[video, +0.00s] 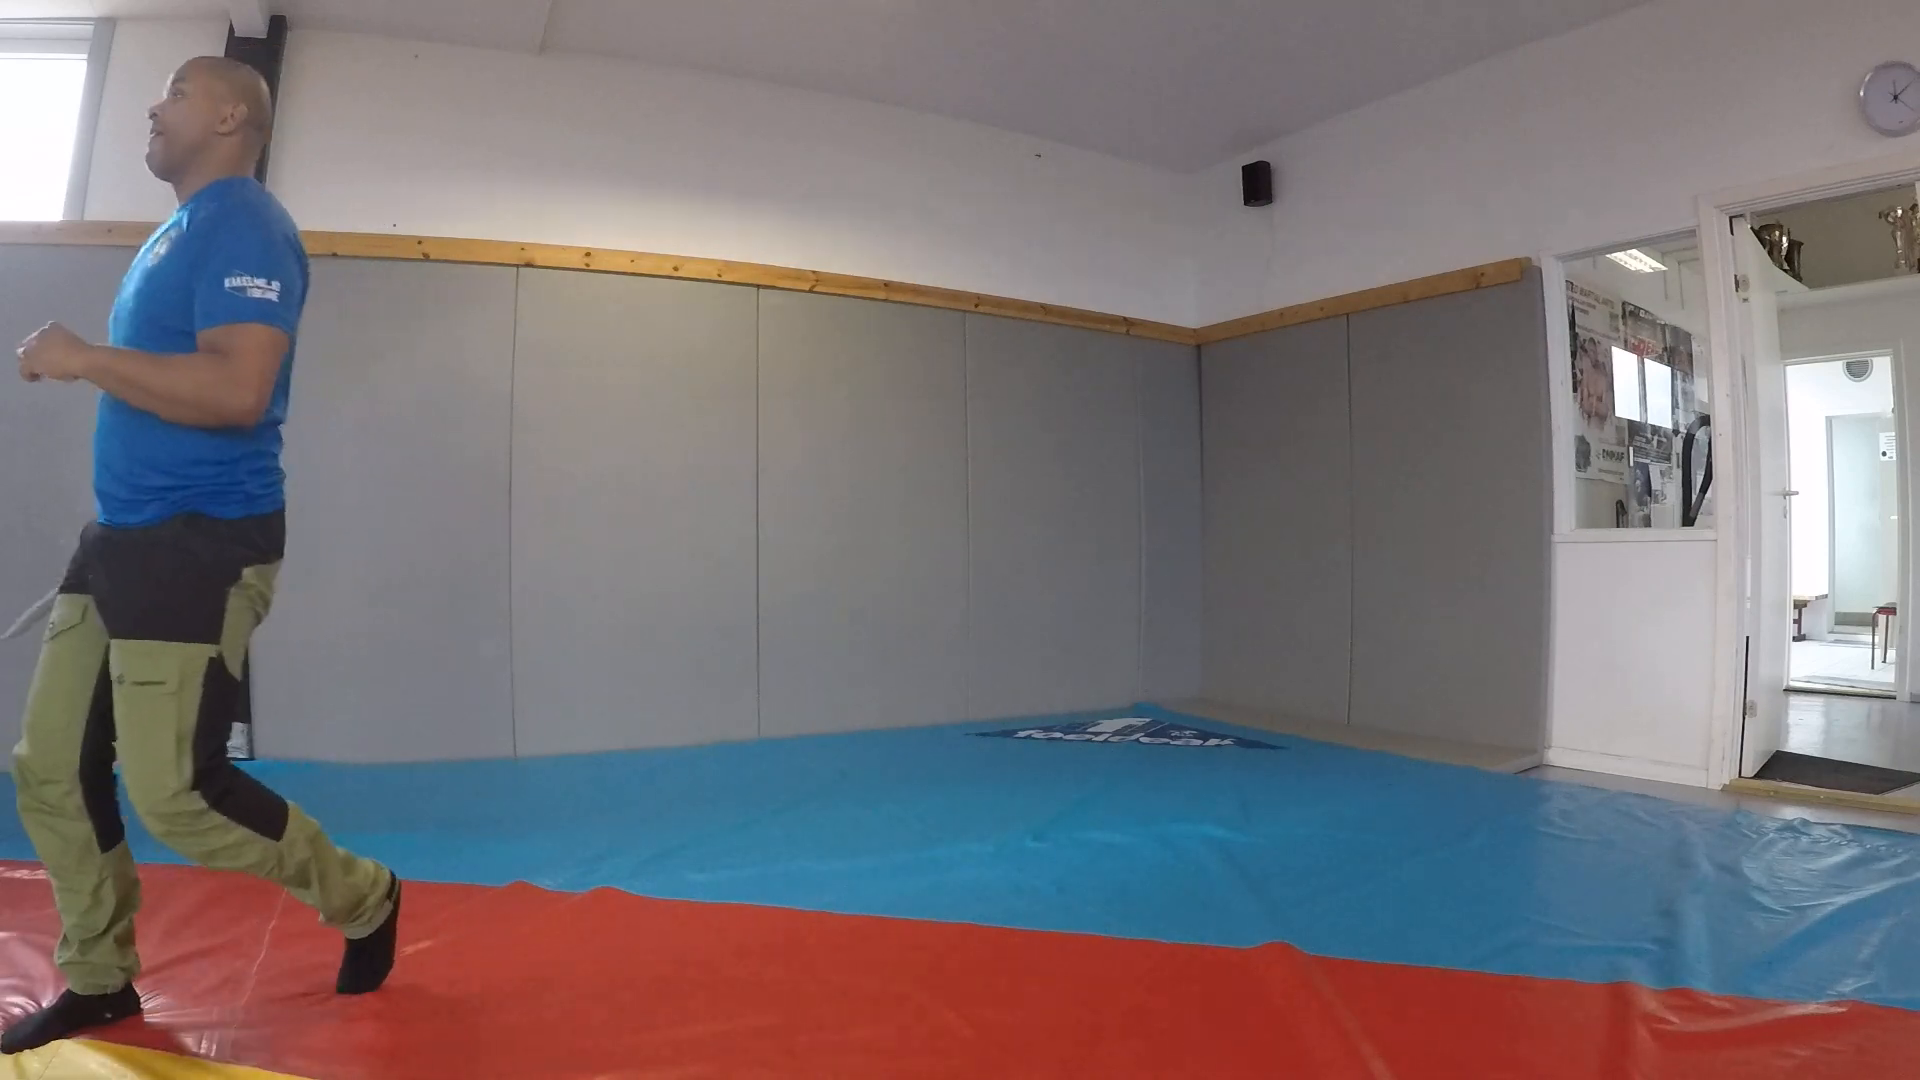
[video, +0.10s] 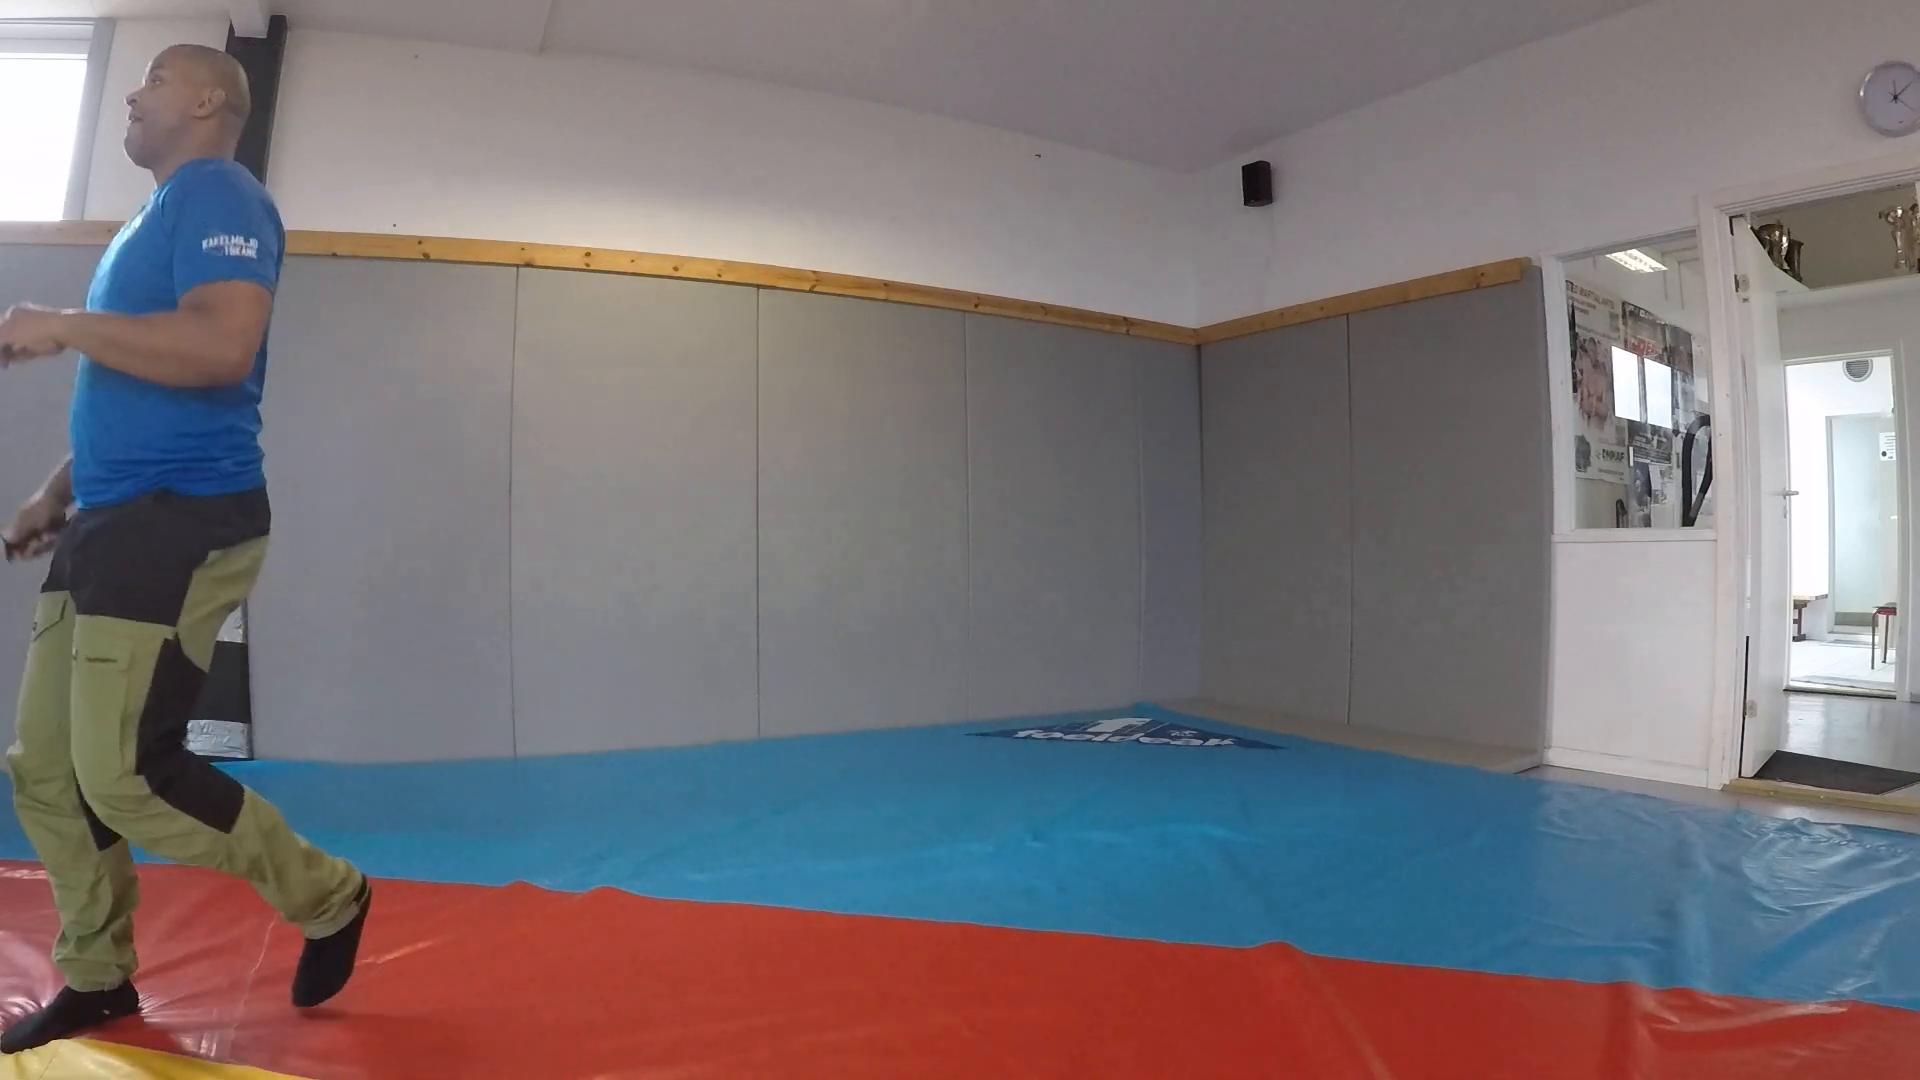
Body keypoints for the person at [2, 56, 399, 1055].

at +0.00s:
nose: (154, 110)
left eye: (175, 94)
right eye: (161, 94)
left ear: (230, 117)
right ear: (219, 118)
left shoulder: (249, 221)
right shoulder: (189, 229)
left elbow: (240, 390)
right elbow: (201, 383)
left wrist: (90, 359)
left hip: (205, 543)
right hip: (125, 537)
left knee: (179, 796)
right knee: (54, 771)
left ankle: (365, 897)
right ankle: (100, 981)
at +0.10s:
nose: (132, 96)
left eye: (155, 82)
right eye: (140, 82)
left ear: (209, 105)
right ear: (191, 107)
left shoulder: (220, 191)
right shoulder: (163, 215)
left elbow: (225, 346)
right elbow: (137, 388)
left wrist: (70, 328)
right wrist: (56, 496)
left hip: (181, 518)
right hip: (106, 522)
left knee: (122, 771)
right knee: (44, 766)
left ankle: (329, 896)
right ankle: (98, 982)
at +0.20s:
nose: (131, 80)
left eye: (152, 66)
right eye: (138, 66)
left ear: (207, 87)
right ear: (197, 88)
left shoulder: (217, 162)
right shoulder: (161, 187)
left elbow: (231, 297)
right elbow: (138, 355)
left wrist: (75, 263)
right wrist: (43, 422)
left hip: (173, 490)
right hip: (115, 491)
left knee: (104, 749)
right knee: (60, 752)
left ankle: (307, 920)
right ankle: (98, 974)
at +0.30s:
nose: (143, 76)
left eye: (164, 63)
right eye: (151, 62)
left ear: (219, 81)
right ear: (211, 82)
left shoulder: (229, 155)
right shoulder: (175, 174)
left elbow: (238, 278)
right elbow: (137, 340)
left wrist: (91, 221)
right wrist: (35, 392)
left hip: (170, 491)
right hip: (117, 488)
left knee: (113, 757)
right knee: (71, 754)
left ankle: (317, 945)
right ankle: (98, 975)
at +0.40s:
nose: (167, 73)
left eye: (187, 61)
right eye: (174, 60)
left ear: (239, 83)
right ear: (232, 85)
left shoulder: (243, 161)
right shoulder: (191, 174)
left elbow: (243, 297)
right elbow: (158, 343)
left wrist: (89, 223)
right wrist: (57, 395)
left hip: (180, 502)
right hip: (122, 499)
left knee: (140, 779)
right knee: (71, 766)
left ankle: (343, 979)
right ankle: (98, 979)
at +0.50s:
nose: (198, 66)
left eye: (218, 53)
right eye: (207, 53)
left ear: (264, 78)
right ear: (259, 83)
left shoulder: (267, 166)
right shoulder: (215, 182)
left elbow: (252, 319)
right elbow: (194, 356)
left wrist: (99, 255)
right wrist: (94, 429)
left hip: (205, 510)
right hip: (143, 507)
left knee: (199, 787)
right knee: (88, 763)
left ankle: (365, 998)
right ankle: (97, 978)